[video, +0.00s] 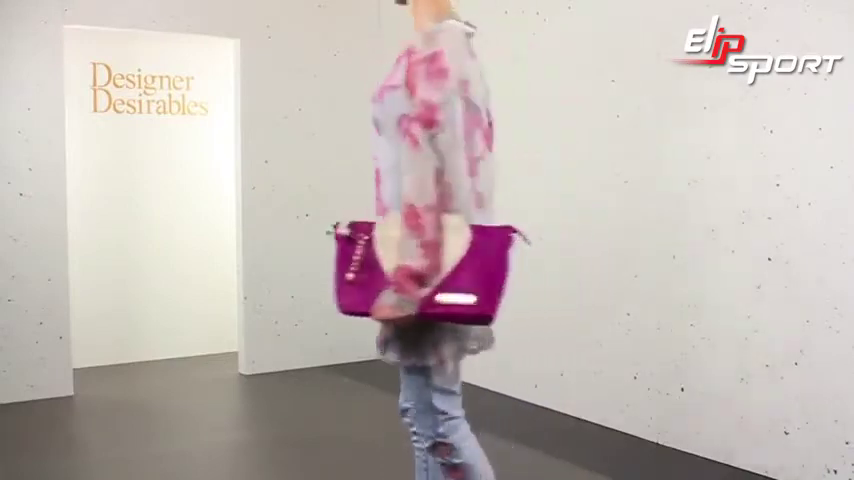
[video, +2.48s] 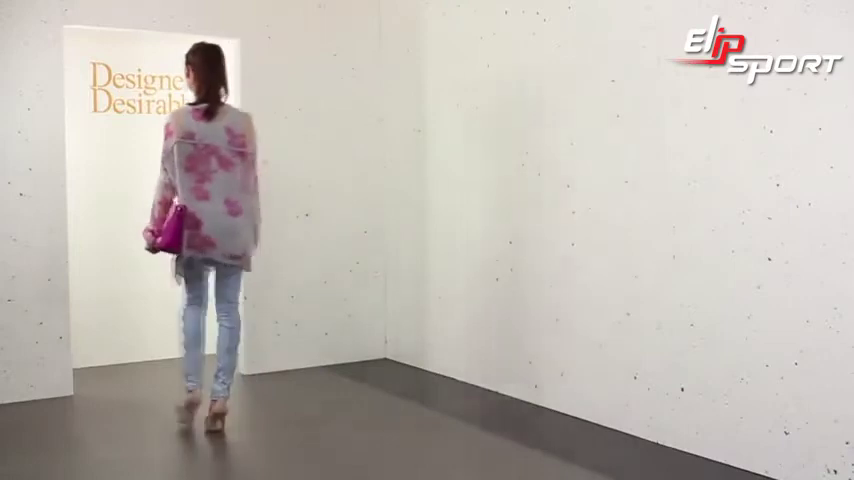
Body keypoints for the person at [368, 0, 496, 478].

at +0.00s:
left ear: (408, 0)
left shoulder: (431, 59)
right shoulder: (452, 52)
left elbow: (425, 183)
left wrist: (405, 288)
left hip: (433, 281)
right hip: (438, 276)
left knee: (442, 422)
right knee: (420, 415)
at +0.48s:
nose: (359, 7)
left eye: (361, 2)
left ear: (368, 3)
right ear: (415, 3)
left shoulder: (357, 52)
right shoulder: (449, 58)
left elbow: (332, 168)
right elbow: (455, 168)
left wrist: (298, 261)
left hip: (368, 251)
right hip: (439, 253)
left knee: (357, 397)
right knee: (429, 405)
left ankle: (354, 475)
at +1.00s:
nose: (306, 11)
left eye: (310, 4)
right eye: (308, 4)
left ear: (320, 11)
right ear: (362, 11)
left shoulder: (296, 73)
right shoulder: (393, 75)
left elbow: (279, 167)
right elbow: (405, 176)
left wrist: (259, 239)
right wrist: (414, 259)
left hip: (316, 239)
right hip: (381, 239)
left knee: (330, 373)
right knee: (357, 360)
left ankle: (344, 474)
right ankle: (361, 467)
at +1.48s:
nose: (265, 40)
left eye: (268, 33)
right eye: (266, 32)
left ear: (279, 35)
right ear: (312, 33)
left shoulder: (260, 94)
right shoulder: (341, 97)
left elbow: (242, 173)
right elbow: (348, 179)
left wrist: (220, 238)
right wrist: (346, 243)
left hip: (271, 235)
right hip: (328, 238)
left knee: (272, 334)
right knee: (319, 343)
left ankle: (278, 447)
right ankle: (309, 455)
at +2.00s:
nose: (223, 58)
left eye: (225, 52)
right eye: (225, 51)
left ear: (231, 55)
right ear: (263, 53)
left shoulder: (216, 106)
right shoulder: (288, 108)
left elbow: (204, 175)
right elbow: (297, 180)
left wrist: (190, 230)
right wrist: (303, 238)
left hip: (233, 228)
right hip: (280, 228)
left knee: (244, 323)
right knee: (263, 313)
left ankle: (263, 422)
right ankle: (260, 406)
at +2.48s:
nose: (185, 77)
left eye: (186, 71)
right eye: (187, 70)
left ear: (192, 74)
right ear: (220, 72)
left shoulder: (179, 121)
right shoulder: (242, 121)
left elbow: (168, 179)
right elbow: (251, 183)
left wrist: (154, 227)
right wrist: (253, 234)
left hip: (192, 229)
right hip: (235, 230)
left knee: (193, 304)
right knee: (229, 310)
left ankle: (193, 387)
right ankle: (220, 397)